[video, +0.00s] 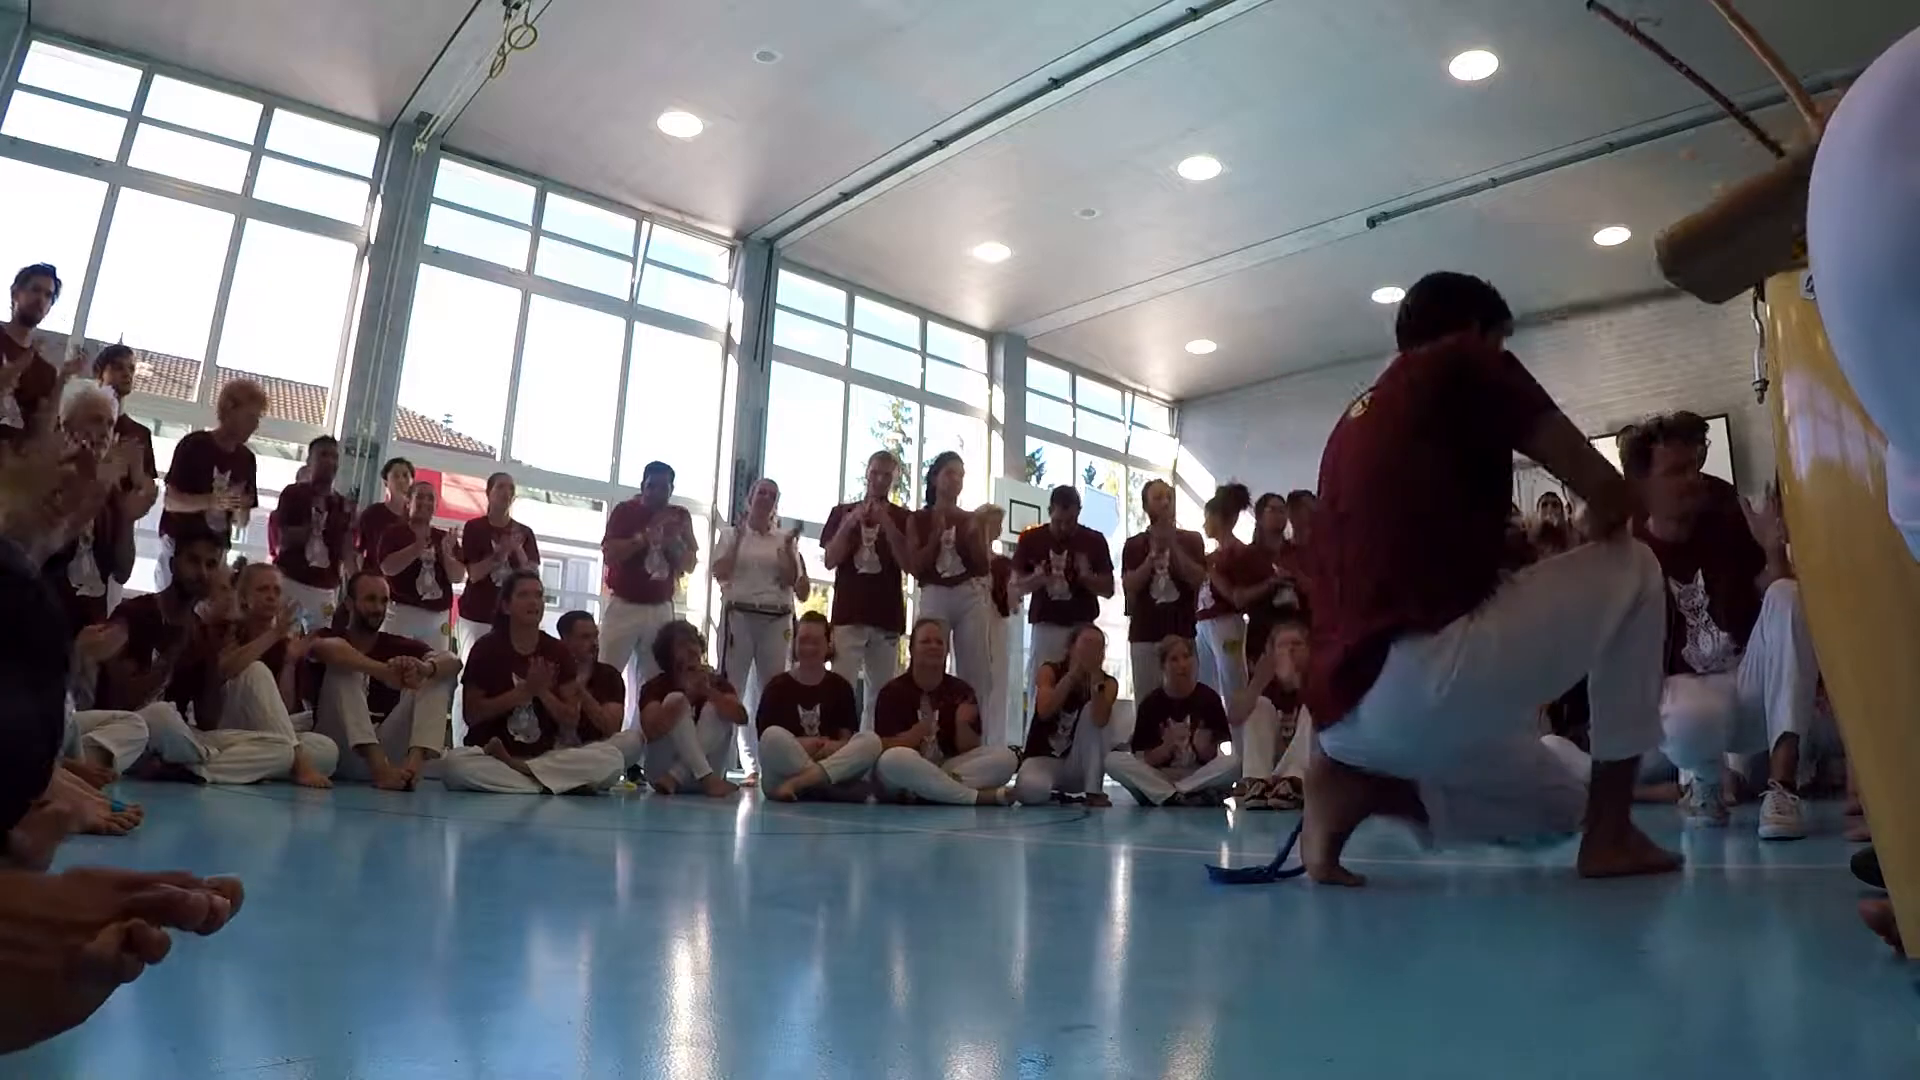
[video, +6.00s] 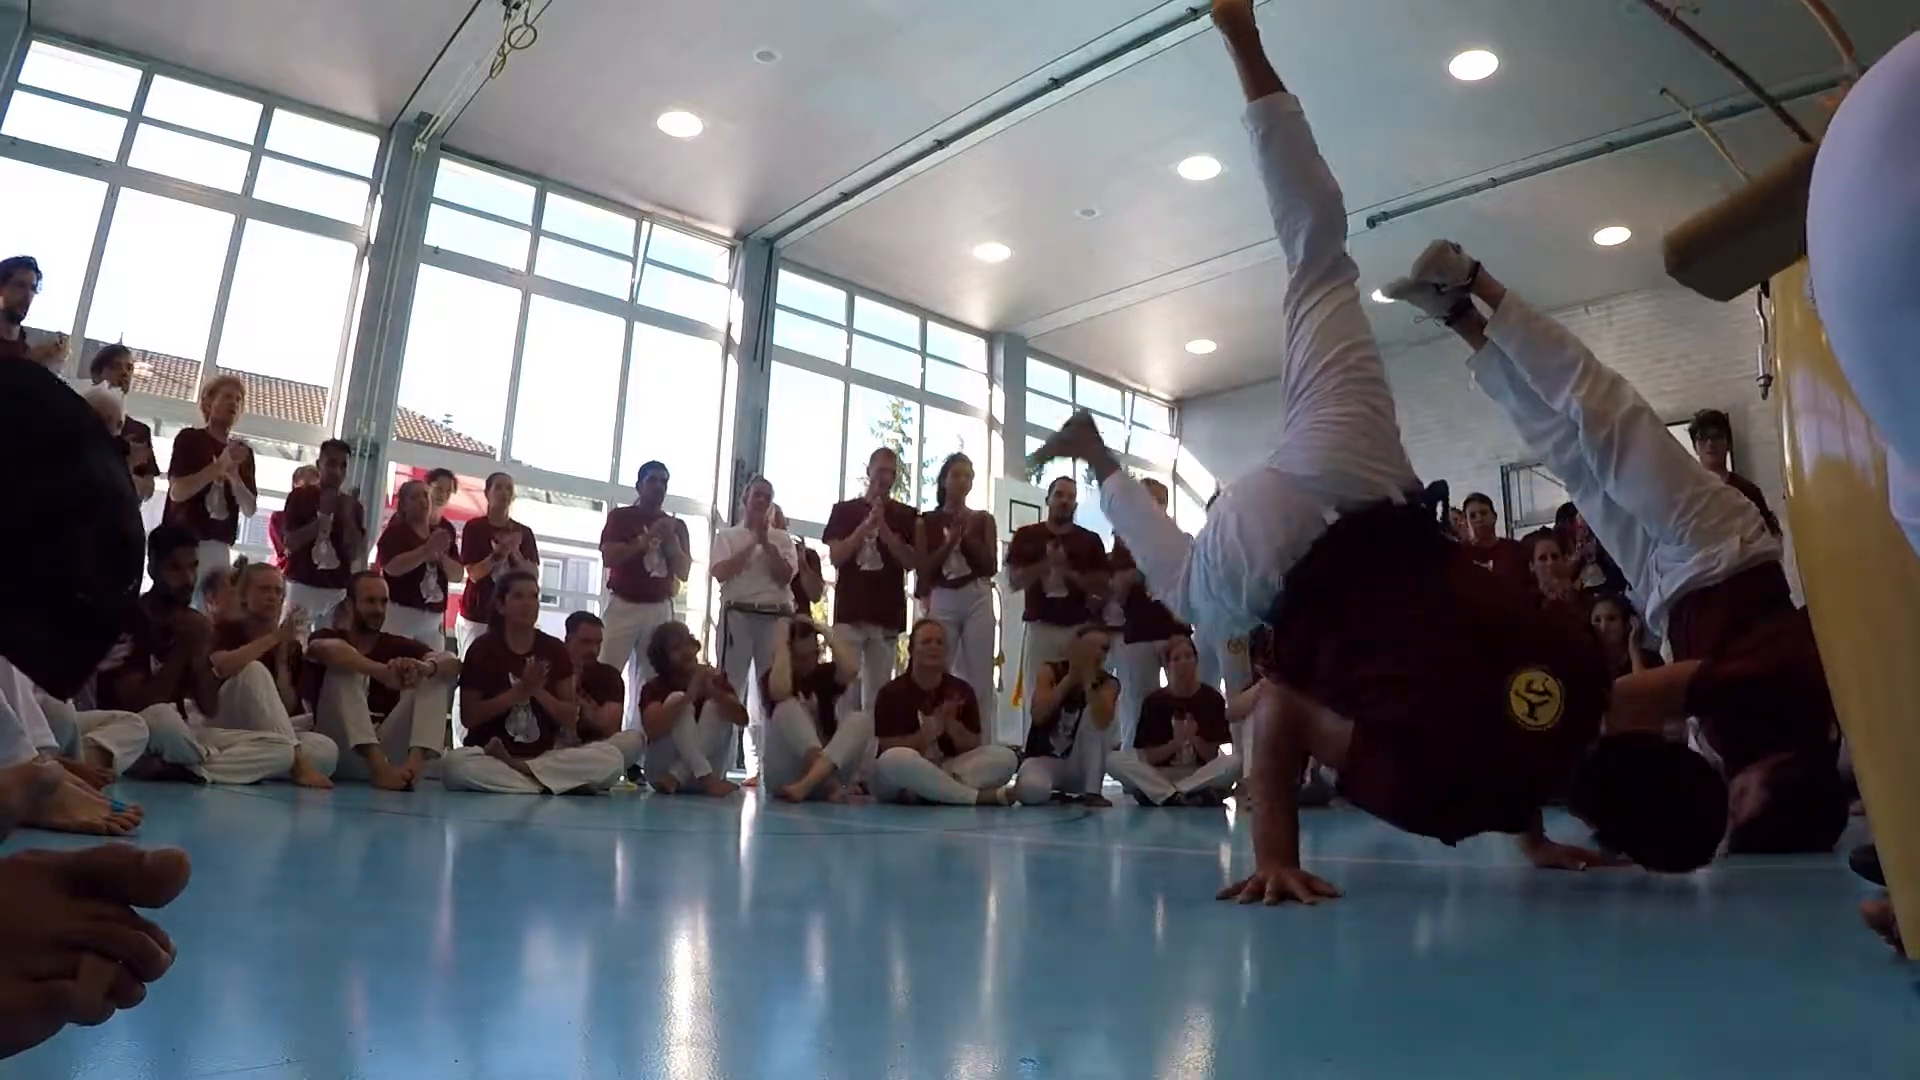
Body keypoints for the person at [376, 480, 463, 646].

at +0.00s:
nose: (425, 503)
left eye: (430, 499)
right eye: (420, 497)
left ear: (435, 505)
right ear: (409, 502)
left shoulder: (445, 538)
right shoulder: (394, 533)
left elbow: (457, 577)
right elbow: (387, 568)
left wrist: (448, 553)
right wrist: (417, 547)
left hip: (437, 614)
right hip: (401, 610)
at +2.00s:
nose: (428, 502)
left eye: (432, 497)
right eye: (422, 496)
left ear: (435, 503)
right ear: (408, 502)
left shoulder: (444, 537)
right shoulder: (397, 532)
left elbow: (459, 576)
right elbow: (389, 568)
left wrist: (447, 552)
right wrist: (419, 549)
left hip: (437, 613)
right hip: (402, 610)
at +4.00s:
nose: (430, 502)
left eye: (432, 497)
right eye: (423, 496)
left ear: (435, 502)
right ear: (407, 502)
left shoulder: (442, 537)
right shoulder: (396, 532)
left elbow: (457, 577)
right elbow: (394, 568)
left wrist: (445, 554)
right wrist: (431, 549)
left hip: (433, 613)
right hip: (401, 610)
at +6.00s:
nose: (423, 501)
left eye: (426, 496)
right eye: (415, 497)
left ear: (431, 501)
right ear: (402, 504)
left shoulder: (441, 533)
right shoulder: (395, 531)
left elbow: (457, 575)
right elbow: (392, 568)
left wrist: (441, 555)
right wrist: (428, 549)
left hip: (434, 614)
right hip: (400, 611)